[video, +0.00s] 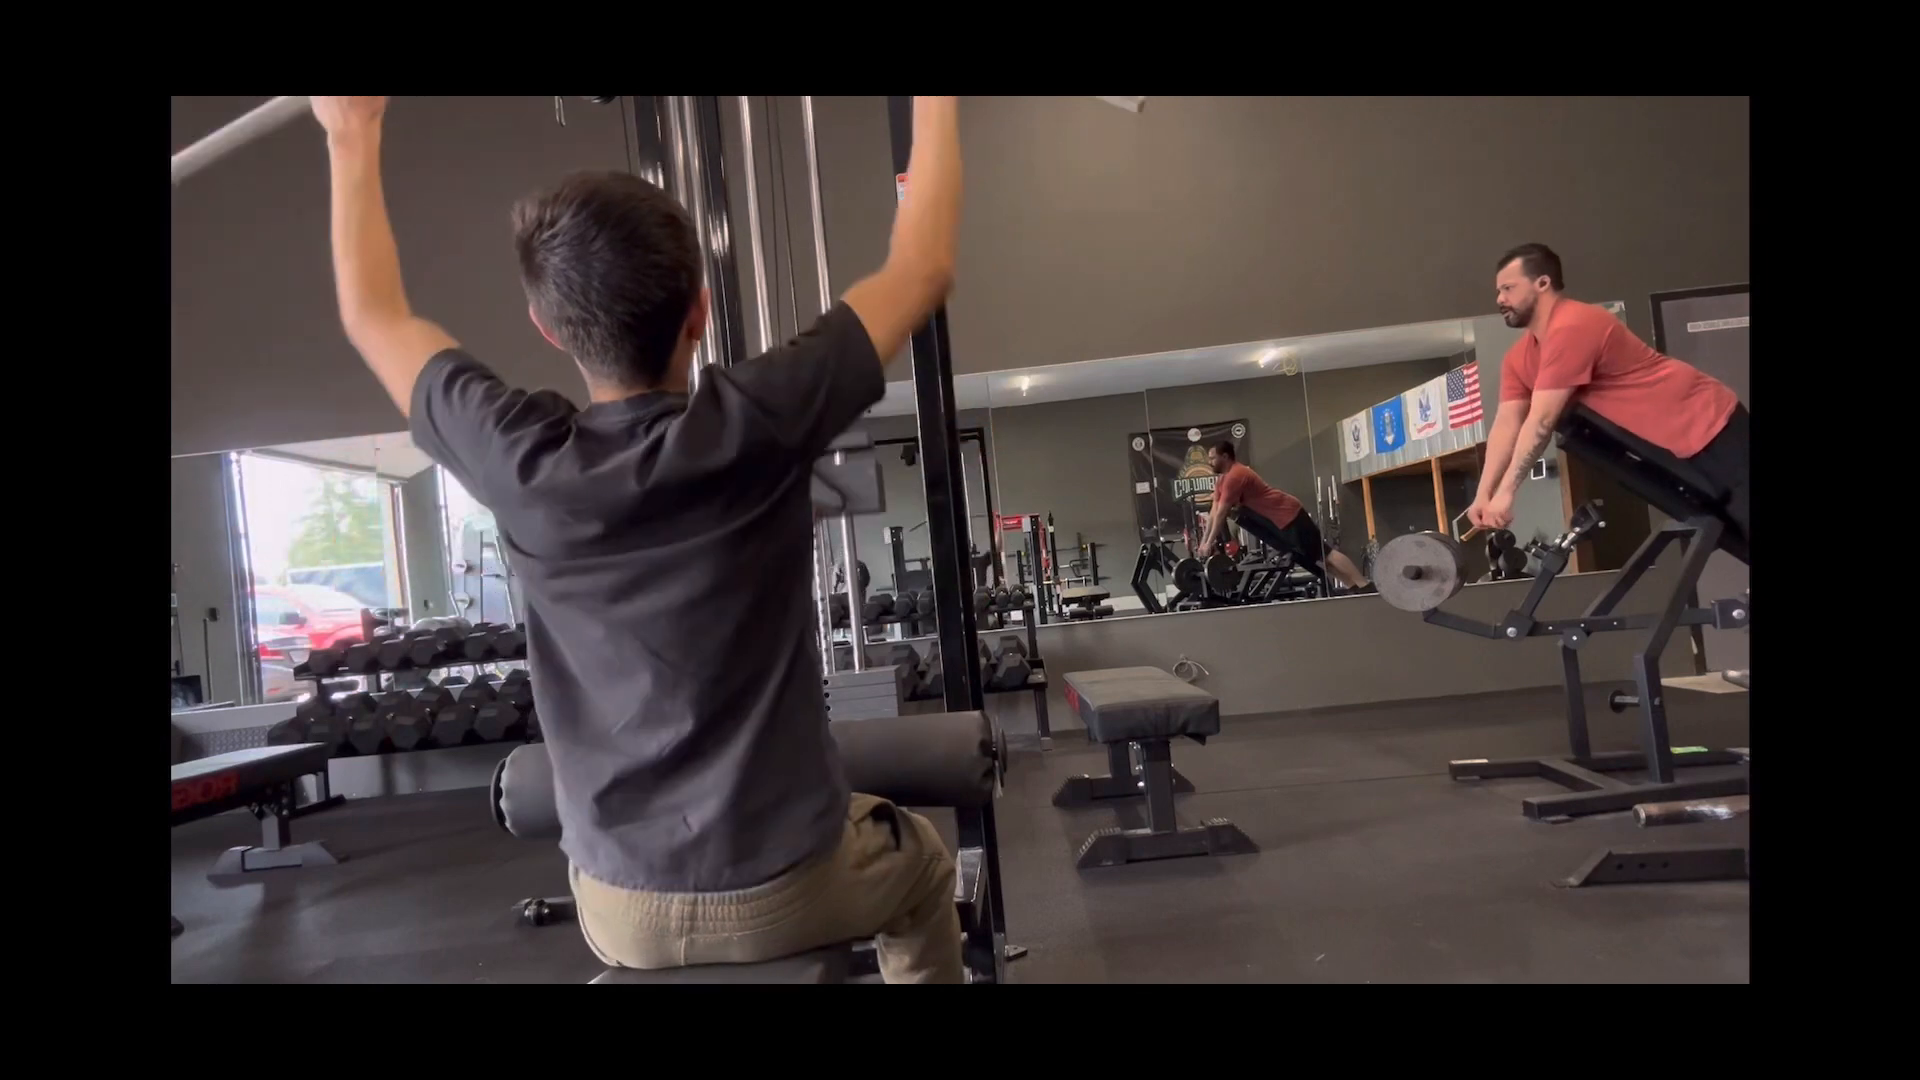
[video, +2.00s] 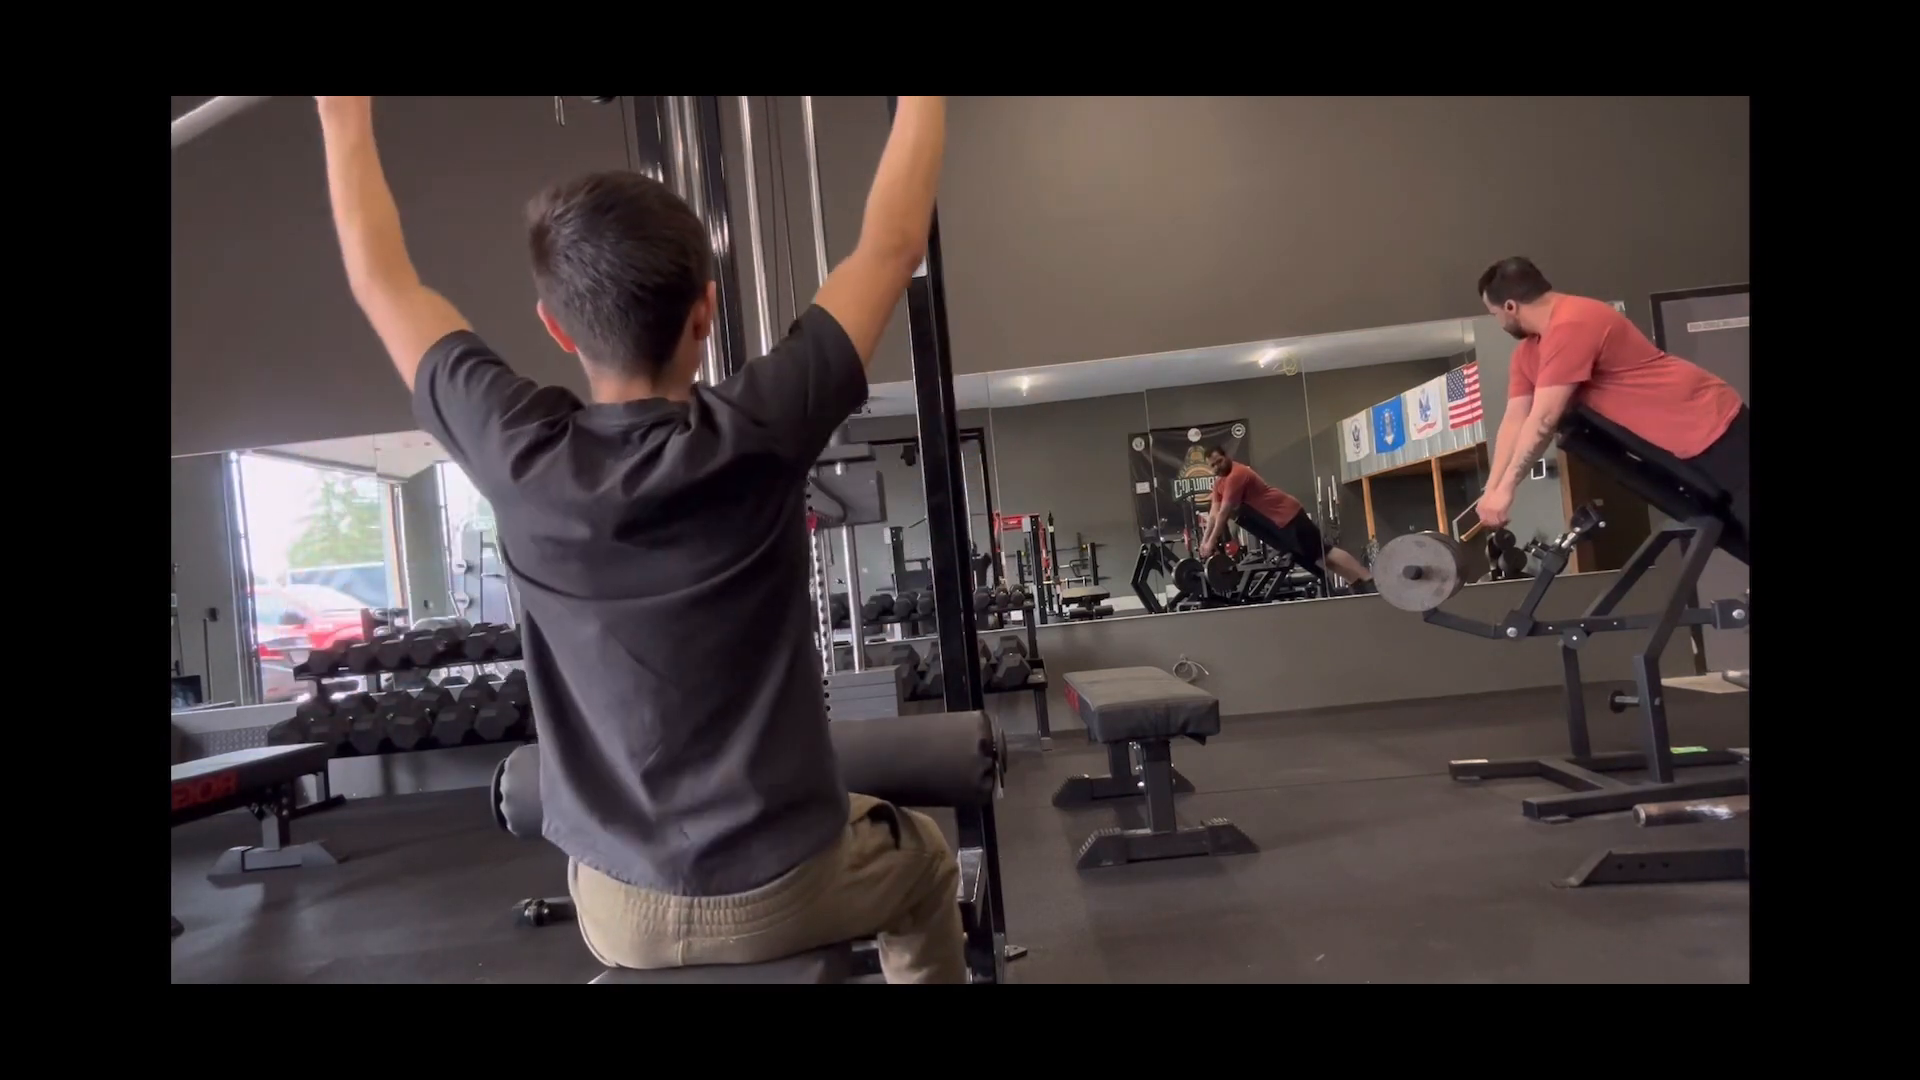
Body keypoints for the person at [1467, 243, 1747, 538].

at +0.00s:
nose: (1499, 300)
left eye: (1507, 288)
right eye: (1498, 292)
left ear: (1542, 284)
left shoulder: (1572, 325)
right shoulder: (1518, 357)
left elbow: (1541, 422)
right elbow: (1506, 422)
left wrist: (1505, 490)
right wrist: (1483, 493)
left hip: (1709, 422)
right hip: (1669, 449)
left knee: (1745, 521)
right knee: (1733, 536)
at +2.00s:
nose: (1496, 322)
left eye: (1493, 313)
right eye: (1493, 315)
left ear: (1510, 307)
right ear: (1515, 306)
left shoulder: (1574, 323)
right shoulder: (1526, 352)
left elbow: (1544, 420)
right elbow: (1514, 418)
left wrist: (1506, 487)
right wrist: (1493, 487)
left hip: (1713, 424)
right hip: (1677, 447)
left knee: (1745, 527)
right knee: (1732, 536)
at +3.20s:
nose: (1496, 343)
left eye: (1493, 332)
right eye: (1489, 337)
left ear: (1513, 307)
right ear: (1511, 310)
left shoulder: (1570, 324)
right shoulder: (1526, 364)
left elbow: (1579, 417)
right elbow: (1535, 424)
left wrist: (1542, 480)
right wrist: (1530, 484)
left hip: (1709, 421)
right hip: (1672, 448)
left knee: (1745, 520)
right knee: (1732, 534)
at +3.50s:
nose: (1490, 356)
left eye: (1484, 346)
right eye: (1483, 350)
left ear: (1499, 326)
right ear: (1499, 329)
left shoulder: (1561, 329)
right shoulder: (1530, 373)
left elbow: (1591, 418)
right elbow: (1568, 431)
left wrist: (1578, 480)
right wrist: (1574, 486)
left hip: (1706, 423)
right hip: (1667, 453)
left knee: (1746, 515)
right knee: (1730, 534)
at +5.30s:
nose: (1492, 352)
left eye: (1488, 342)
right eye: (1483, 348)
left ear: (1507, 316)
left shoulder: (1553, 337)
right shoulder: (1524, 368)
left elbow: (1581, 427)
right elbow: (1554, 436)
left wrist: (1576, 496)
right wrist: (1568, 496)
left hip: (1704, 422)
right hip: (1671, 446)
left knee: (1746, 515)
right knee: (1730, 532)